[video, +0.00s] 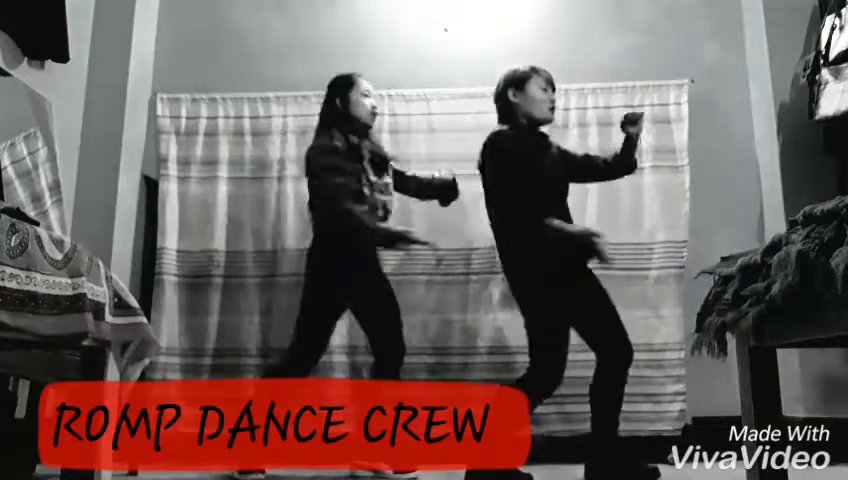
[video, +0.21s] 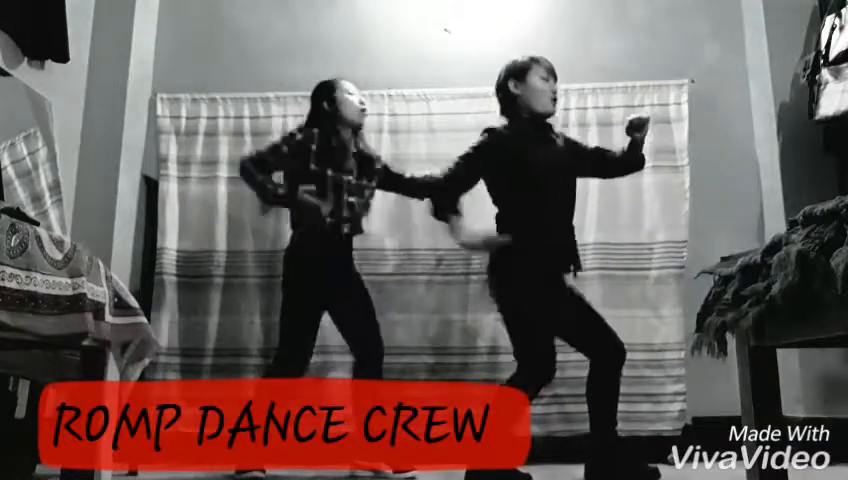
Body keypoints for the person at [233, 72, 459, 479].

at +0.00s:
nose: (374, 103)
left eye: (373, 96)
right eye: (366, 96)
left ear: (348, 103)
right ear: (342, 102)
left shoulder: (360, 143)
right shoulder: (329, 148)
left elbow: (393, 178)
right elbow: (340, 212)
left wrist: (435, 188)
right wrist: (387, 235)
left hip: (352, 259)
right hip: (340, 262)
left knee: (304, 352)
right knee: (389, 345)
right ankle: (383, 442)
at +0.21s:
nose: (362, 100)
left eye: (360, 93)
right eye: (352, 92)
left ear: (344, 106)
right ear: (329, 104)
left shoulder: (362, 159)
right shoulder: (306, 141)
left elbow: (404, 184)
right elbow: (250, 166)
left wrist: (445, 187)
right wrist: (280, 197)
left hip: (339, 263)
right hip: (306, 261)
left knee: (370, 350)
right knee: (292, 357)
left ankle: (368, 450)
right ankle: (249, 451)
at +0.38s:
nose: (344, 104)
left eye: (343, 97)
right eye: (335, 96)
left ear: (330, 110)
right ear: (310, 104)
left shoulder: (331, 148)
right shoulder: (295, 146)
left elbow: (364, 178)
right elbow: (315, 189)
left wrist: (405, 185)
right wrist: (363, 215)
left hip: (330, 264)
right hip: (301, 265)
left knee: (366, 350)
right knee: (290, 359)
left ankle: (368, 449)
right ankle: (251, 451)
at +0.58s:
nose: (378, 120)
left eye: (381, 115)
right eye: (370, 112)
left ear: (378, 122)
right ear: (349, 115)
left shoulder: (356, 148)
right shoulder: (340, 146)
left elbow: (386, 173)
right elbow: (377, 191)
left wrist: (420, 178)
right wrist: (419, 233)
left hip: (316, 262)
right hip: (298, 263)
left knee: (348, 355)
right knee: (286, 359)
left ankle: (367, 441)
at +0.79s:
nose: (420, 98)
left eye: (421, 92)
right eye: (411, 90)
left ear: (418, 101)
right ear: (389, 95)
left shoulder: (414, 140)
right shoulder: (376, 125)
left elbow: (451, 167)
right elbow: (355, 176)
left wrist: (499, 170)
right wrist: (376, 224)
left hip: (375, 250)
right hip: (353, 246)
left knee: (370, 349)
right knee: (307, 337)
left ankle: (375, 441)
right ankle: (247, 422)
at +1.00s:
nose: (427, 98)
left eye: (426, 91)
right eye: (420, 91)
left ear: (412, 99)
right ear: (396, 95)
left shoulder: (415, 142)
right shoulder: (378, 128)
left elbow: (445, 172)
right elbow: (347, 163)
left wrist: (492, 177)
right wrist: (376, 206)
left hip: (393, 250)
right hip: (370, 246)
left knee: (378, 350)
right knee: (324, 335)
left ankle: (377, 441)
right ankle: (260, 407)